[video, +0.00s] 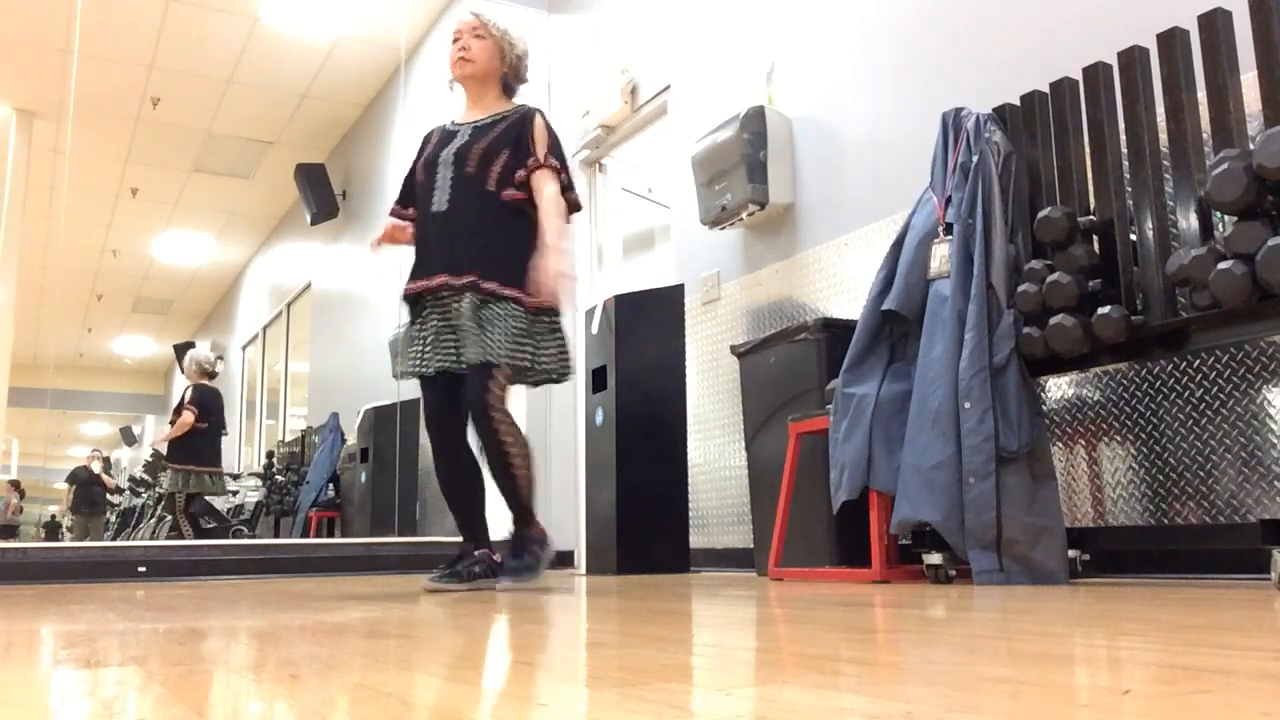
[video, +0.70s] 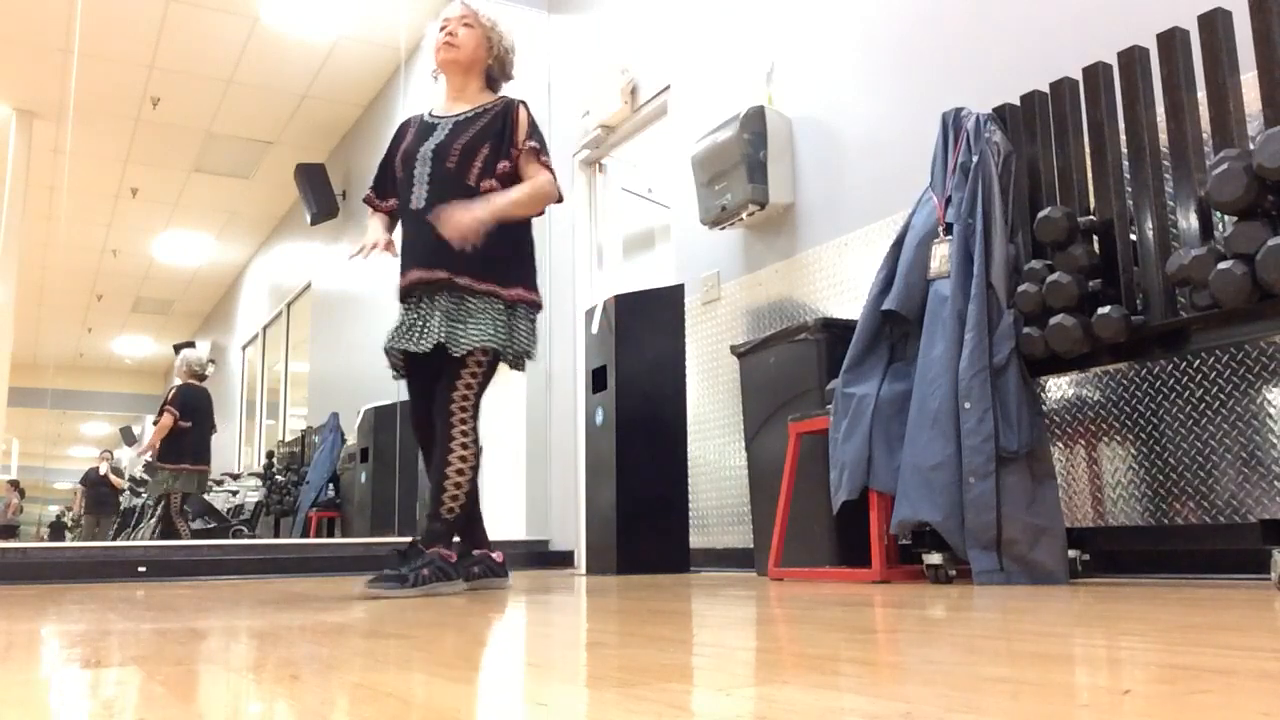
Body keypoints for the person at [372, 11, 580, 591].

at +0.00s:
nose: (460, 46)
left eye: (474, 37)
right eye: (455, 41)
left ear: (505, 57)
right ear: (451, 64)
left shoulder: (526, 121)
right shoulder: (436, 139)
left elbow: (549, 194)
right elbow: (426, 221)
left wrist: (551, 253)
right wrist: (401, 230)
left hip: (500, 287)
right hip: (435, 292)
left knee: (485, 403)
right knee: (442, 425)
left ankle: (529, 535)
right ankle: (476, 549)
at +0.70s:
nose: (447, 30)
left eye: (464, 25)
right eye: (442, 25)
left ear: (490, 51)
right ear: (433, 51)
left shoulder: (509, 113)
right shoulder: (413, 128)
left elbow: (545, 186)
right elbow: (384, 204)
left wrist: (483, 209)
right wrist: (379, 231)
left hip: (487, 286)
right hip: (425, 287)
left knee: (458, 405)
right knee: (430, 418)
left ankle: (439, 547)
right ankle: (476, 547)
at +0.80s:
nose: (450, 28)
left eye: (467, 23)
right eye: (444, 24)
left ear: (493, 50)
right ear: (435, 51)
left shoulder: (512, 109)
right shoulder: (417, 128)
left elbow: (544, 185)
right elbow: (388, 201)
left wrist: (456, 190)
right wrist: (376, 232)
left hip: (493, 283)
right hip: (431, 287)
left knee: (465, 402)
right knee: (436, 414)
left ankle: (458, 542)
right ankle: (477, 546)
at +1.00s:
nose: (456, 30)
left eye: (471, 25)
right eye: (449, 28)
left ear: (499, 49)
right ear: (444, 57)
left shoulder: (520, 107)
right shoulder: (427, 129)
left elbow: (551, 181)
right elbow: (406, 211)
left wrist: (460, 204)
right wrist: (394, 205)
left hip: (505, 281)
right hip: (442, 286)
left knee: (502, 411)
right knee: (456, 420)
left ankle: (543, 542)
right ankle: (479, 547)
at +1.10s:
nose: (459, 36)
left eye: (473, 29)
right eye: (453, 34)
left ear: (505, 50)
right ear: (452, 61)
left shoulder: (527, 107)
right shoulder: (438, 133)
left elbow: (561, 184)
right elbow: (422, 219)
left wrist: (511, 244)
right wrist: (406, 209)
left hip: (515, 282)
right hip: (448, 286)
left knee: (534, 418)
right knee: (459, 425)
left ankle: (575, 546)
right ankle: (481, 551)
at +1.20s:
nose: (464, 38)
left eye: (478, 29)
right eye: (458, 35)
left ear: (510, 49)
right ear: (457, 61)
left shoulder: (537, 107)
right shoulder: (445, 132)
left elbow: (575, 182)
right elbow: (437, 223)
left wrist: (561, 246)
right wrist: (416, 210)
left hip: (523, 279)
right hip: (455, 284)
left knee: (543, 417)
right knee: (462, 423)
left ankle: (574, 548)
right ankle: (482, 552)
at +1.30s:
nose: (469, 37)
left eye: (483, 29)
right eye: (462, 35)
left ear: (514, 48)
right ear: (460, 62)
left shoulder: (545, 107)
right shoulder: (450, 133)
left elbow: (590, 170)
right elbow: (439, 217)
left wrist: (615, 223)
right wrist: (422, 210)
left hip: (534, 280)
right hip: (465, 282)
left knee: (546, 414)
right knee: (466, 421)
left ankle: (576, 549)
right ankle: (483, 551)